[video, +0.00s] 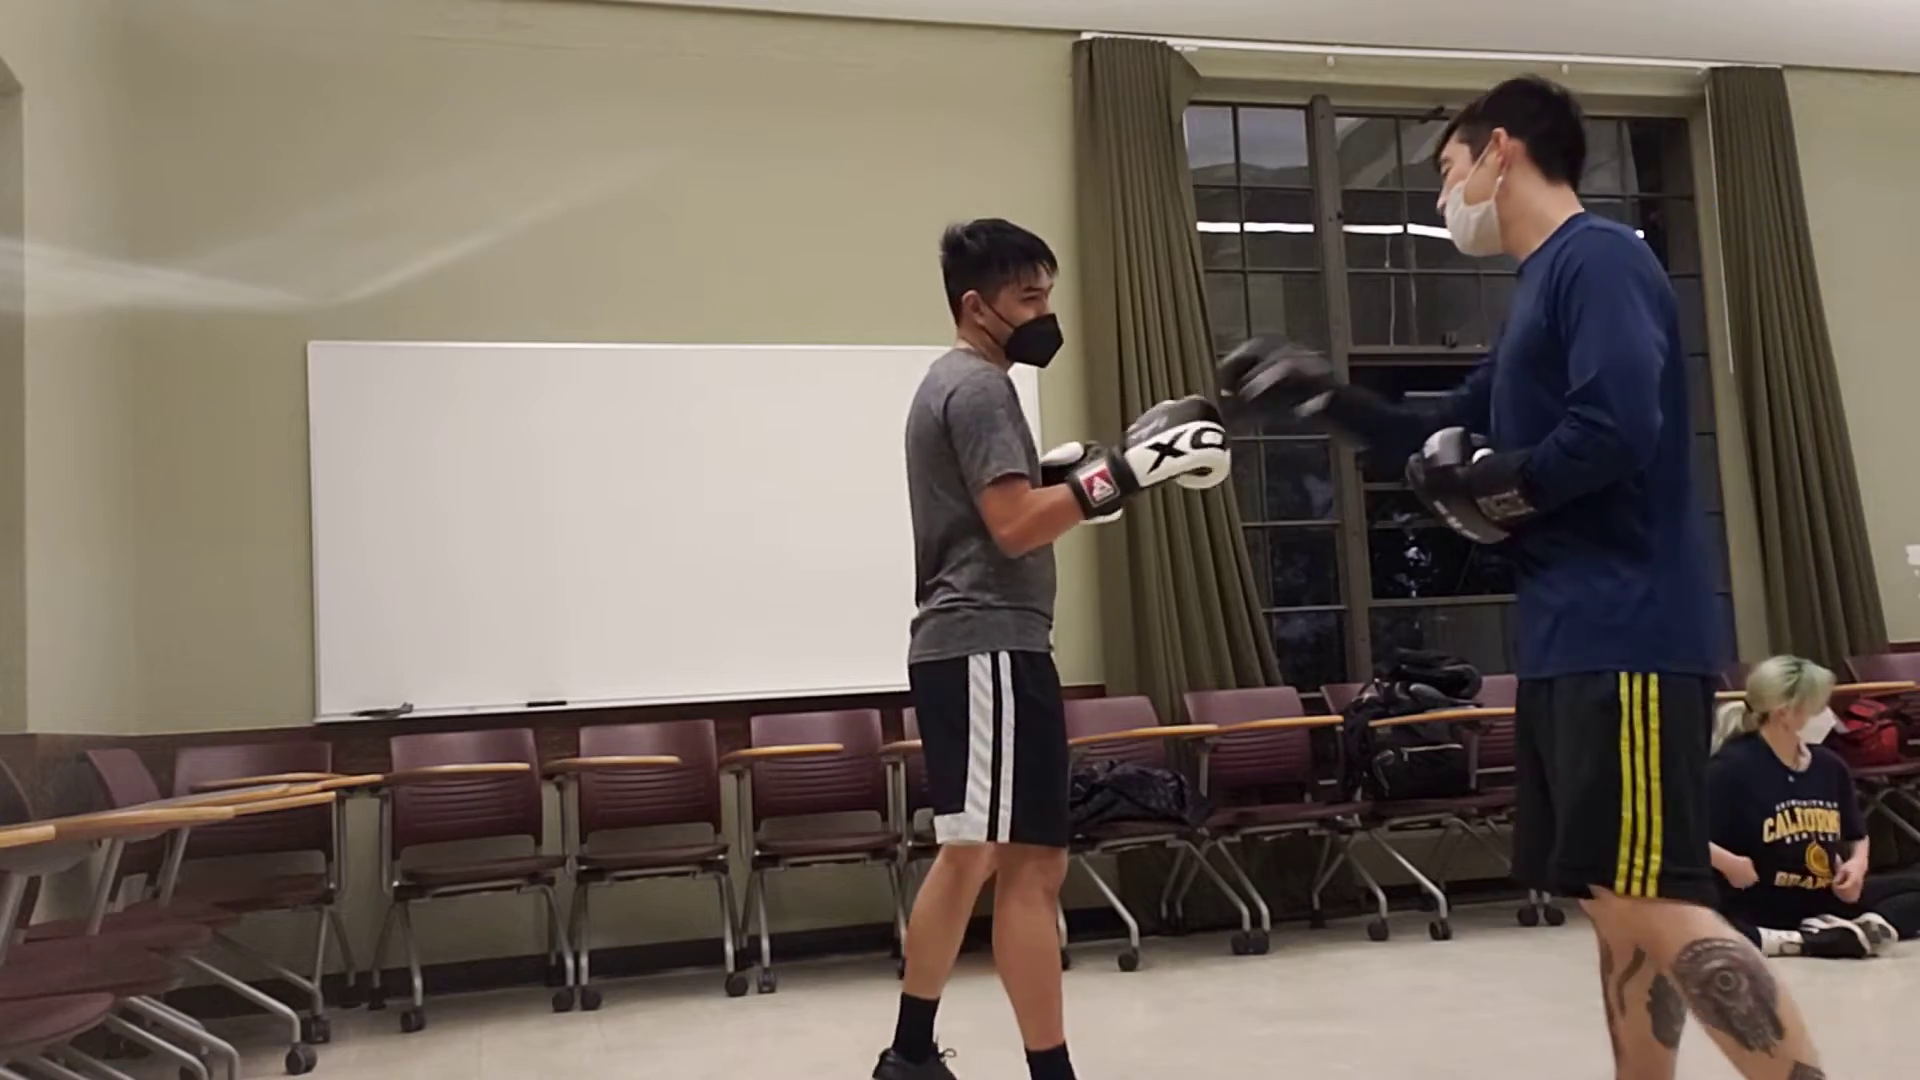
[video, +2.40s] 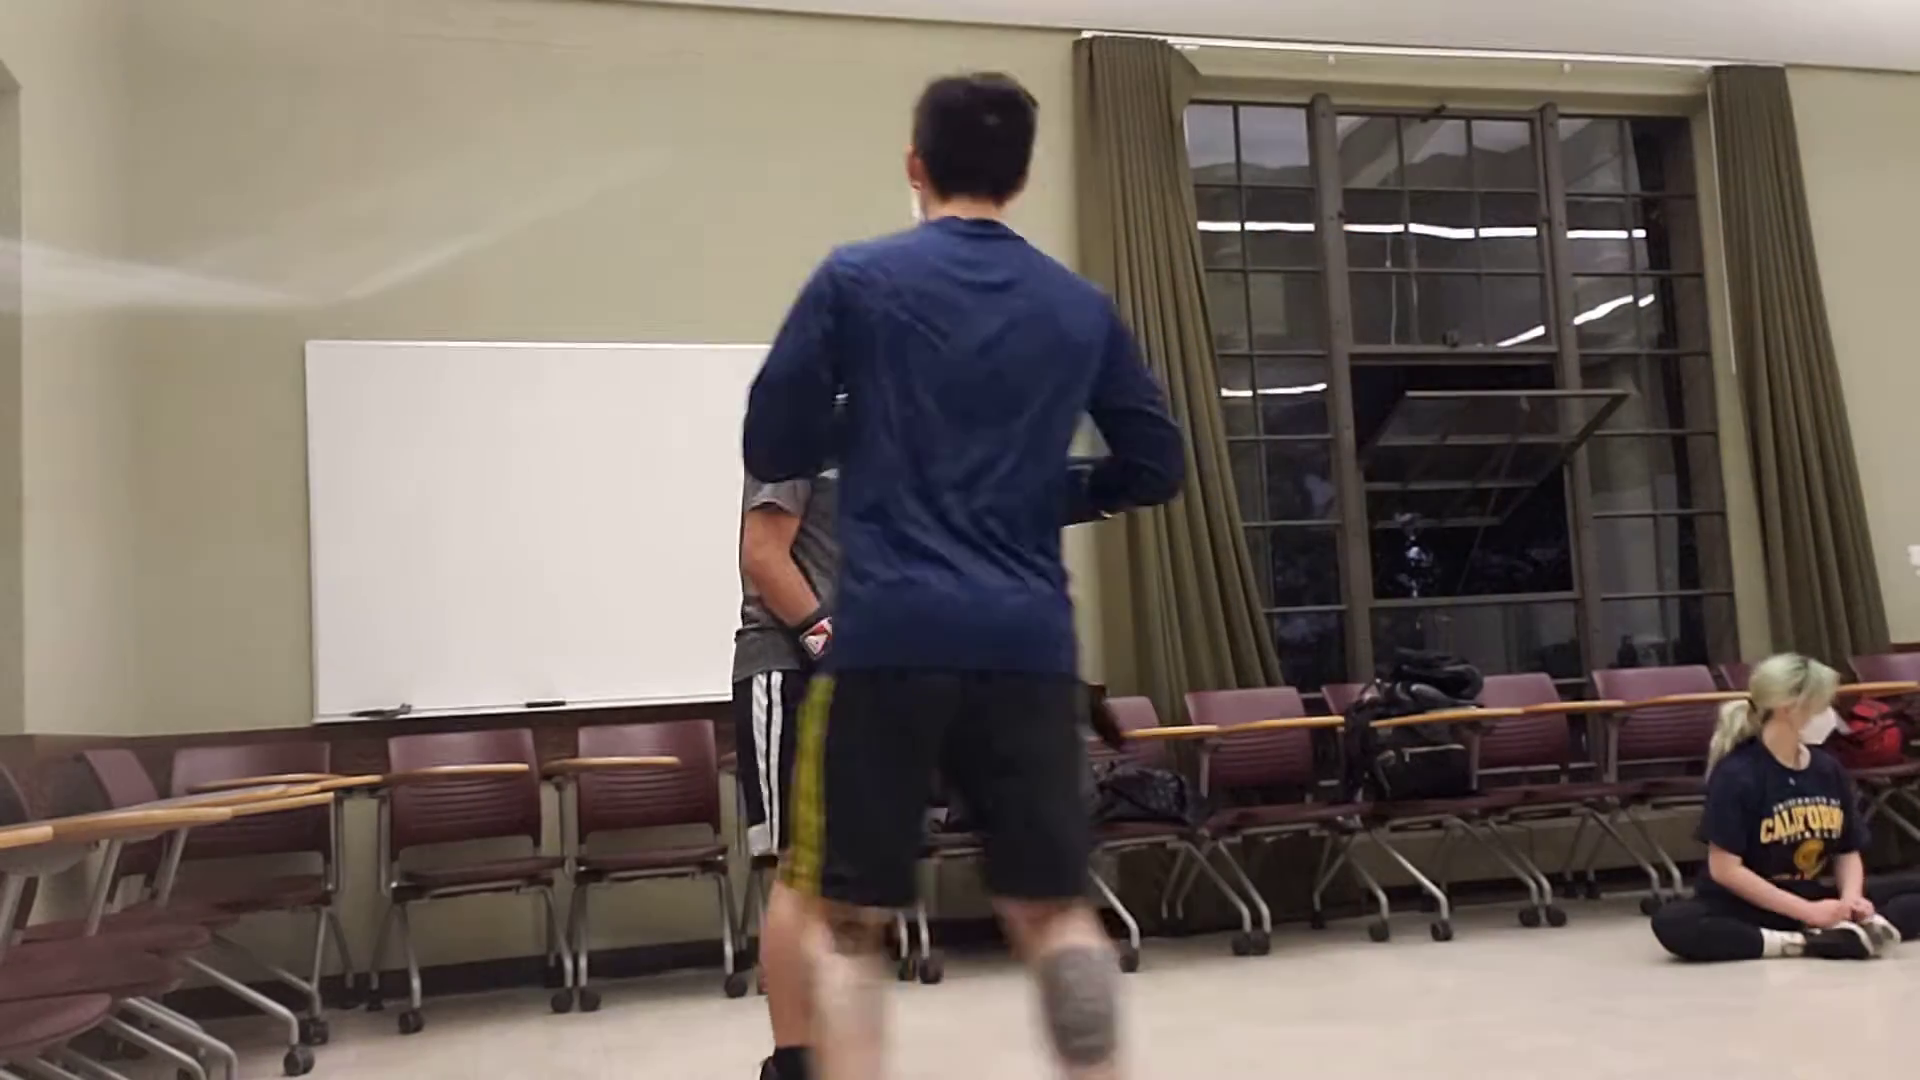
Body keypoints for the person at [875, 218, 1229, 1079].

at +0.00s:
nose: (1044, 309)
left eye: (1046, 292)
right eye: (1028, 293)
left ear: (978, 305)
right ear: (974, 301)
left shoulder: (950, 384)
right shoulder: (979, 387)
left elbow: (989, 515)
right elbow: (1017, 526)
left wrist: (1076, 474)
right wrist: (1119, 475)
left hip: (959, 647)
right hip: (995, 650)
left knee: (965, 855)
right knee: (1033, 866)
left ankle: (909, 1051)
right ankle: (1054, 1074)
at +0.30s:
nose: (999, 335)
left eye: (1003, 318)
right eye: (981, 321)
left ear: (1001, 315)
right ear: (929, 328)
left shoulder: (944, 414)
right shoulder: (913, 412)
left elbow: (952, 539)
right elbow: (931, 544)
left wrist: (1030, 504)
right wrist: (1037, 512)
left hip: (941, 667)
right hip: (925, 669)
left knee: (917, 864)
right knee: (992, 870)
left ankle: (882, 1059)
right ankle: (1045, 1071)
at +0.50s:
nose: (967, 335)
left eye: (972, 319)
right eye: (948, 320)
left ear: (972, 315)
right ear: (898, 324)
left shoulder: (922, 414)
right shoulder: (869, 414)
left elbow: (903, 542)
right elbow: (841, 554)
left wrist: (977, 553)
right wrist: (950, 570)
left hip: (909, 659)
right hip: (878, 661)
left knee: (893, 864)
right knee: (941, 860)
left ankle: (882, 1060)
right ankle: (948, 1067)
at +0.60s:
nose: (950, 334)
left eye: (956, 318)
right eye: (931, 319)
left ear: (957, 319)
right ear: (882, 323)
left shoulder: (906, 414)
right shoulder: (856, 416)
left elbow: (883, 535)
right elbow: (807, 551)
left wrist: (947, 554)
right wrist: (914, 589)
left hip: (897, 658)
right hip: (862, 662)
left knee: (903, 862)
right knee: (908, 863)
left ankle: (878, 1052)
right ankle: (873, 1056)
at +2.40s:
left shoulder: (887, 442)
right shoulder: (802, 426)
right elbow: (761, 549)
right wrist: (823, 635)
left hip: (845, 661)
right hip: (785, 661)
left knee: (842, 874)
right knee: (797, 871)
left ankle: (820, 1047)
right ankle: (793, 1052)